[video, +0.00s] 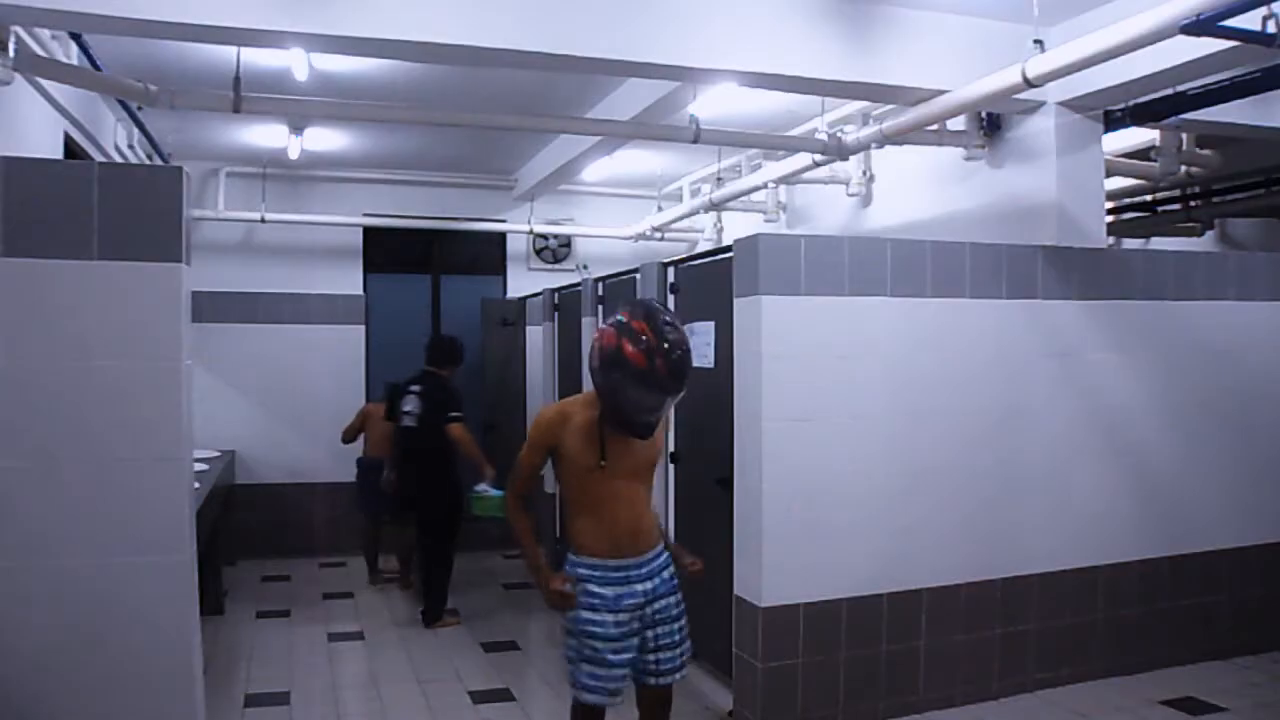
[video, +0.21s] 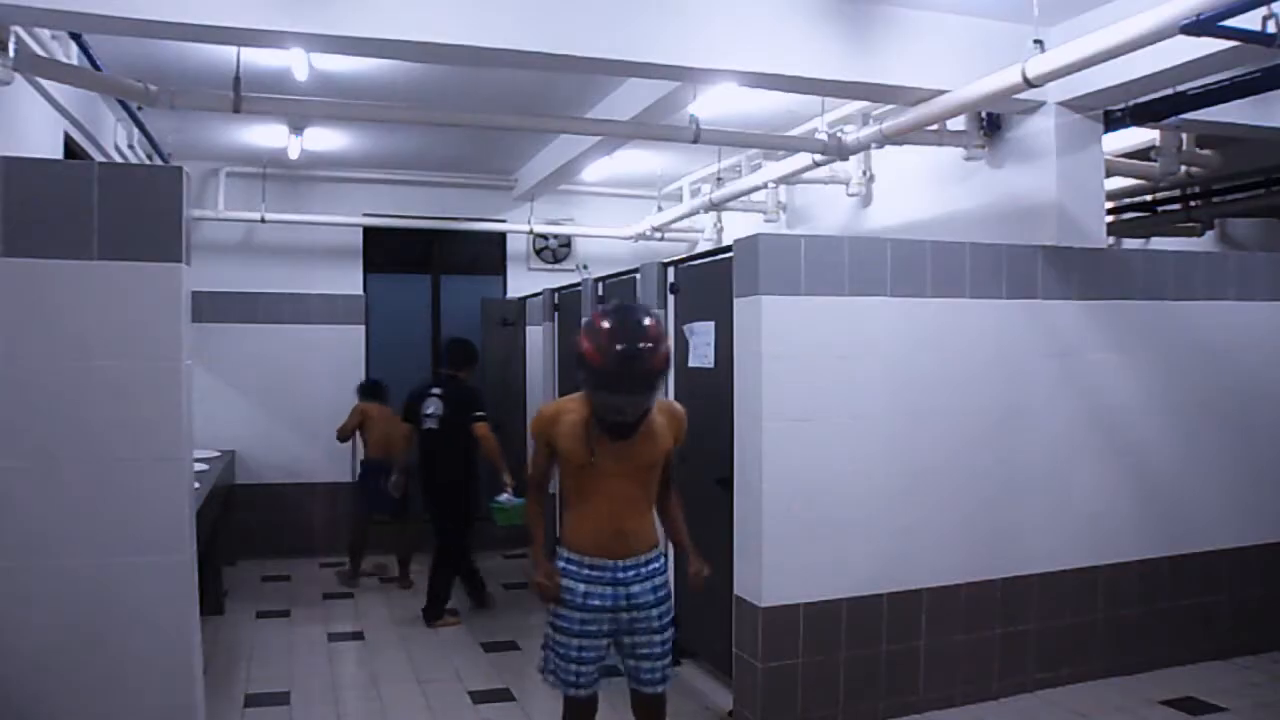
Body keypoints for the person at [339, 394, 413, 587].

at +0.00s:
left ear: (384, 394)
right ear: (404, 398)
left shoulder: (370, 410)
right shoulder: (408, 415)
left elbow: (347, 436)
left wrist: (365, 423)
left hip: (371, 465)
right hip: (401, 466)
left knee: (371, 521)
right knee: (402, 521)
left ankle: (373, 573)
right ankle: (406, 576)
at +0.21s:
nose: (358, 400)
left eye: (359, 396)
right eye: (359, 397)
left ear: (363, 396)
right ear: (383, 396)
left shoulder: (363, 409)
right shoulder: (395, 415)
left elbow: (342, 435)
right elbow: (405, 444)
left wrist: (354, 422)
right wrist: (399, 471)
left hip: (372, 470)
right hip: (398, 471)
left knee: (361, 522)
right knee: (401, 524)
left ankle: (353, 572)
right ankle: (404, 576)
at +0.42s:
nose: (328, 406)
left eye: (328, 402)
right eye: (327, 402)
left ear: (334, 399)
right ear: (350, 397)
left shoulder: (347, 411)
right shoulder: (362, 415)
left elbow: (336, 436)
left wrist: (327, 425)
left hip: (364, 473)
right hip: (384, 473)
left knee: (349, 523)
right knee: (387, 526)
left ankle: (343, 575)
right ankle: (403, 575)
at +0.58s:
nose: (305, 416)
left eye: (306, 411)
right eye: (304, 412)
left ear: (313, 407)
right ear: (323, 404)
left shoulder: (329, 415)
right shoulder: (338, 416)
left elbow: (325, 441)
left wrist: (312, 434)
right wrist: (327, 486)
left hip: (355, 472)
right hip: (370, 471)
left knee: (340, 522)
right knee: (370, 524)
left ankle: (342, 575)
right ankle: (398, 567)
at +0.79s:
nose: (289, 422)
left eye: (287, 417)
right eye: (286, 418)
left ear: (293, 412)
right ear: (305, 406)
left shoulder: (313, 418)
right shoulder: (322, 419)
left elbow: (314, 448)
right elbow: (331, 460)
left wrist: (301, 445)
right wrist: (315, 485)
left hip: (350, 467)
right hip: (359, 465)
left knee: (338, 519)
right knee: (343, 519)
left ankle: (343, 575)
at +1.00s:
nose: (280, 426)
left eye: (279, 420)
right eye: (277, 421)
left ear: (287, 413)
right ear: (294, 410)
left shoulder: (307, 421)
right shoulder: (310, 422)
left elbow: (315, 455)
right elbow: (314, 465)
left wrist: (298, 454)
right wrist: (301, 490)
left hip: (348, 470)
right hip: (348, 469)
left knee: (335, 520)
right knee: (334, 519)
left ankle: (340, 574)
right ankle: (336, 569)